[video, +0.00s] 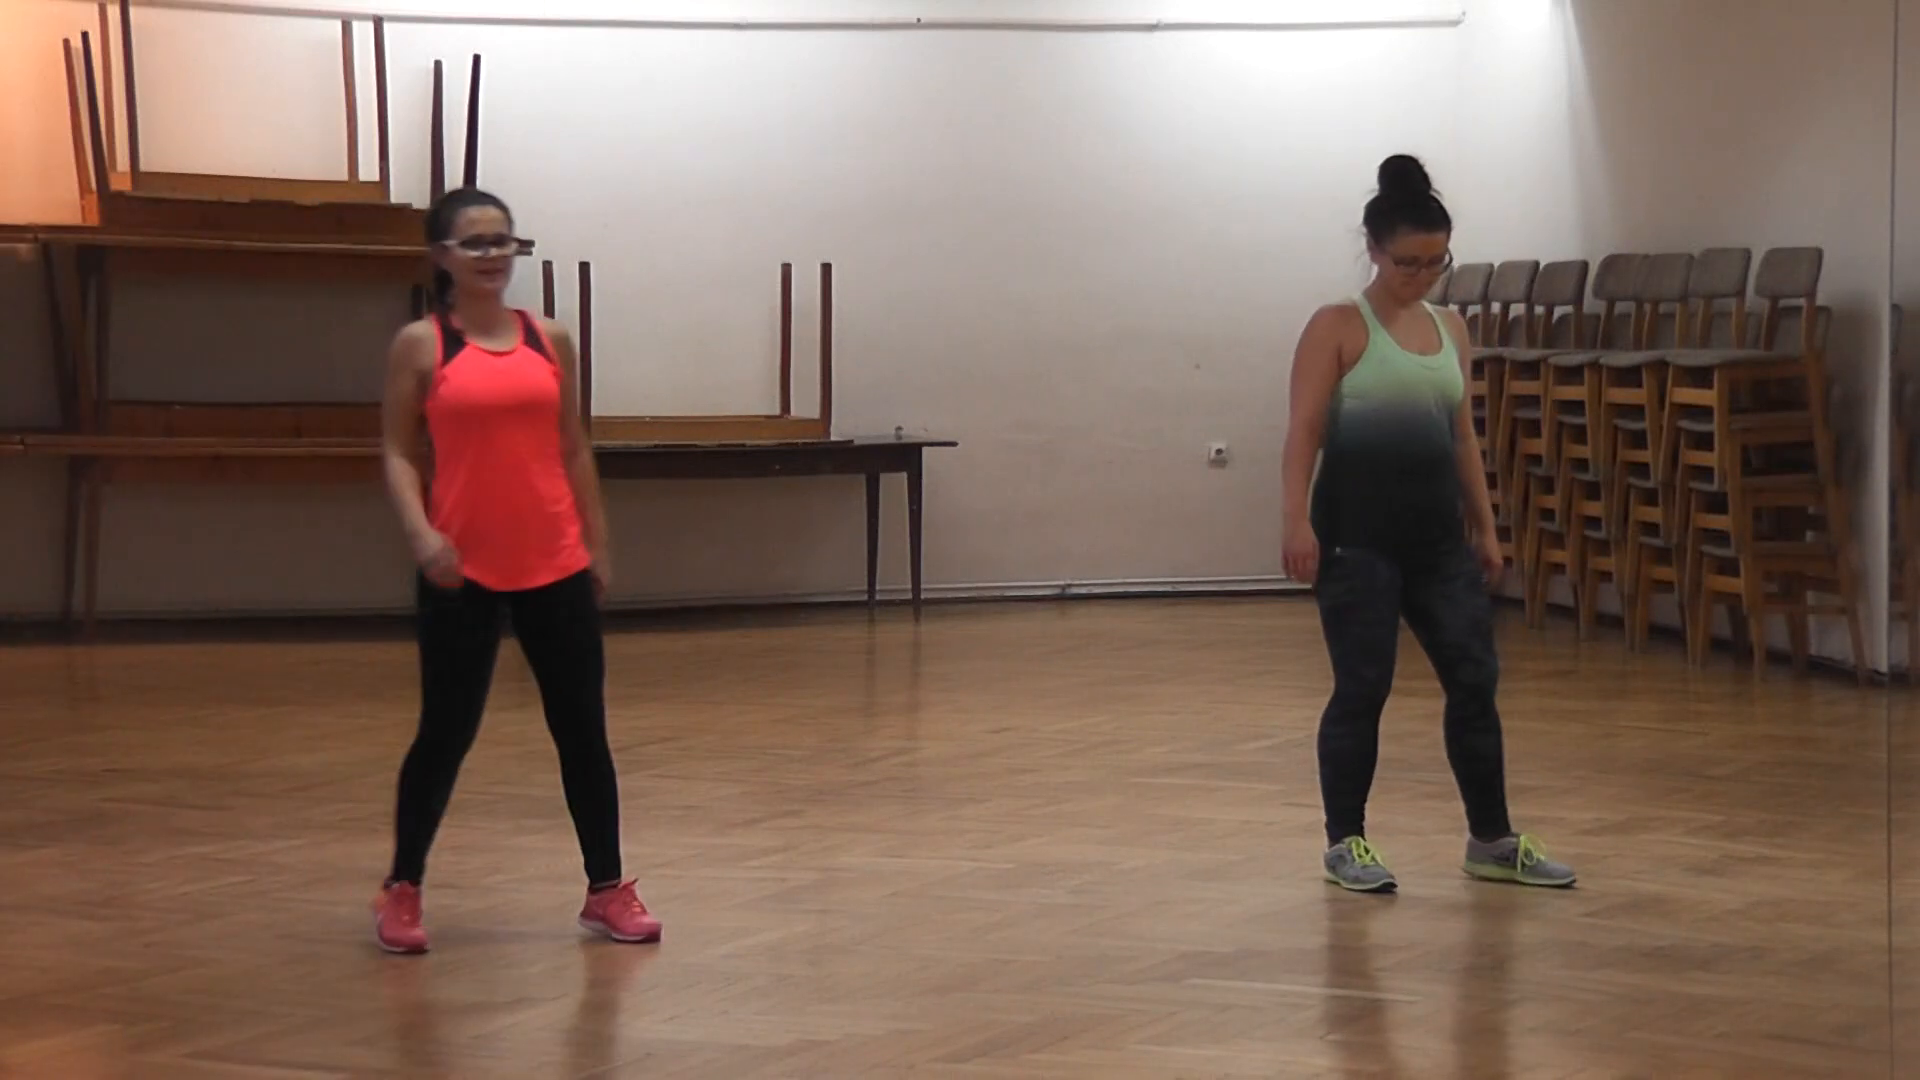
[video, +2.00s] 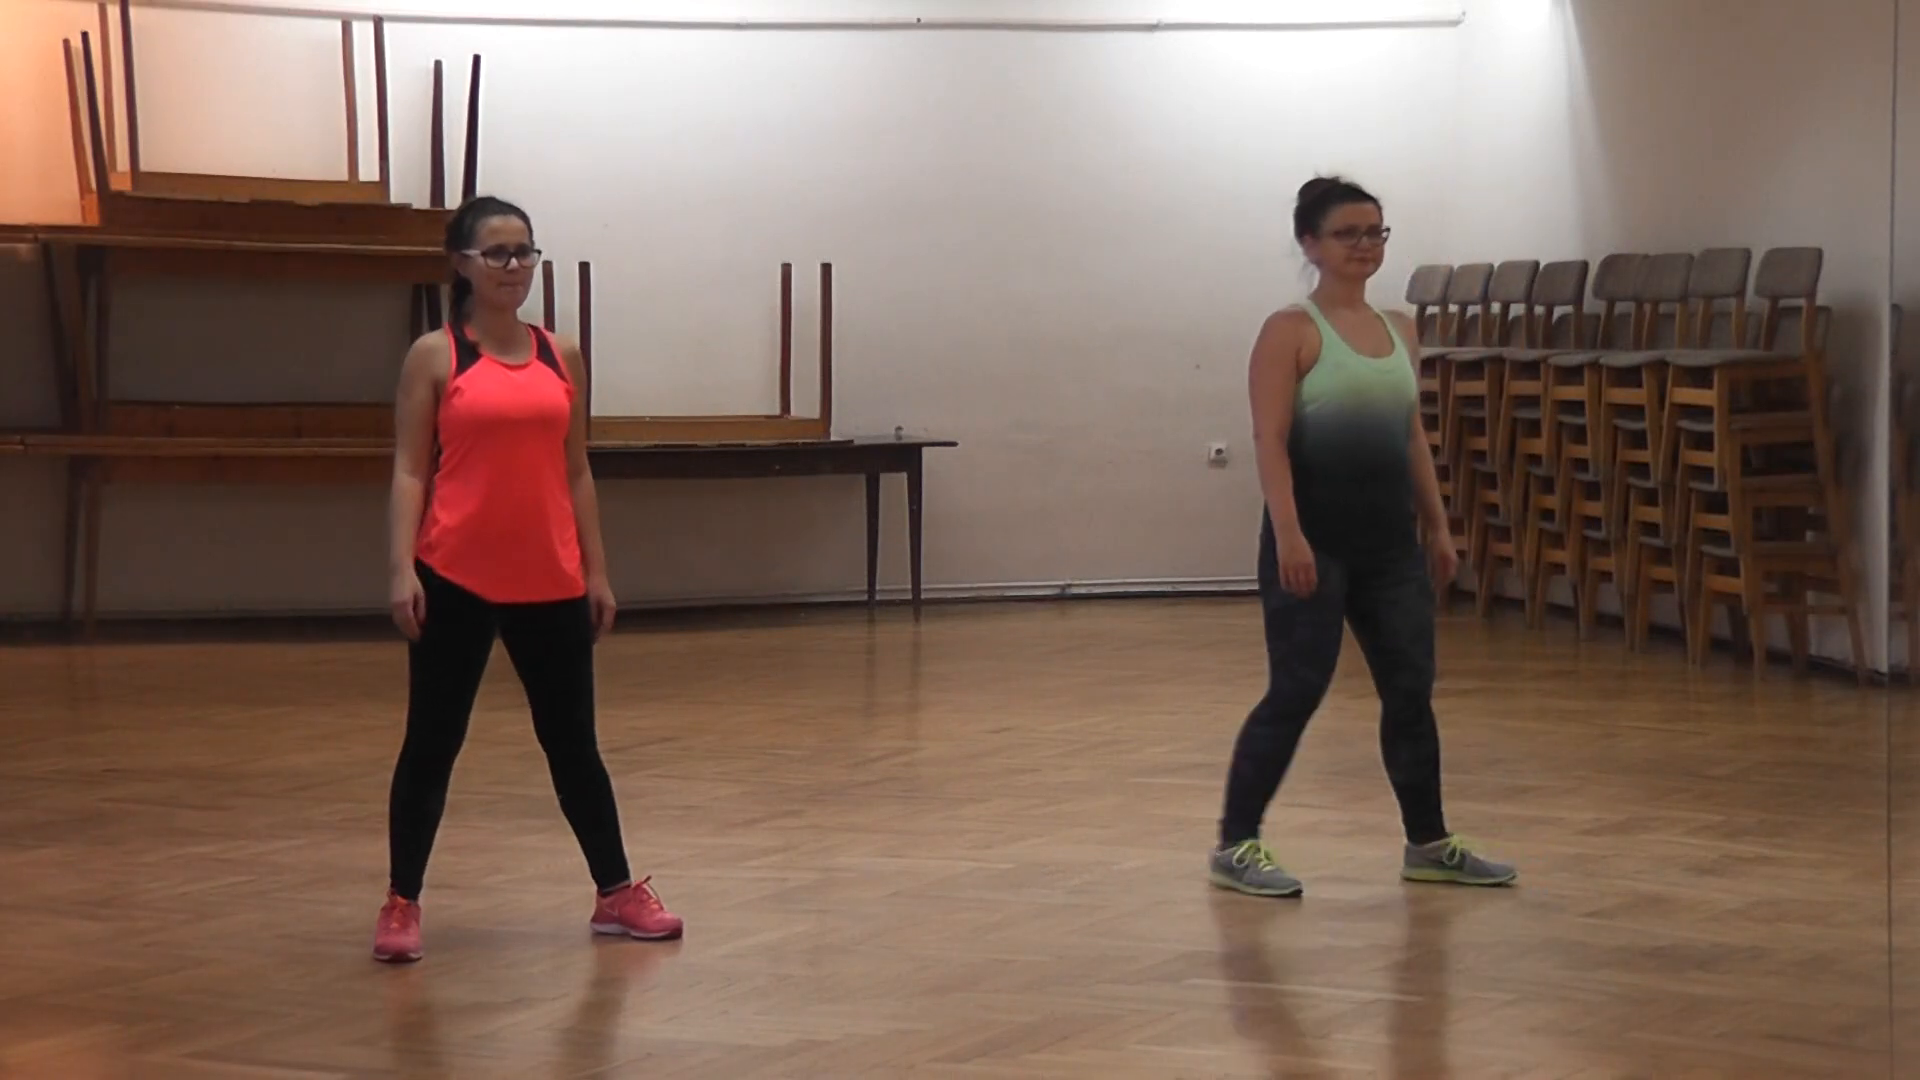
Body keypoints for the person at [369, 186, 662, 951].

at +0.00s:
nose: (494, 253)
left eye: (503, 241)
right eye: (477, 243)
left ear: (518, 249)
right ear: (442, 256)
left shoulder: (551, 340)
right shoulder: (420, 345)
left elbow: (575, 445)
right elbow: (399, 450)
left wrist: (597, 542)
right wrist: (422, 534)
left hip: (557, 568)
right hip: (463, 573)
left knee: (584, 733)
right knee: (445, 734)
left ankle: (609, 890)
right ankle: (403, 890)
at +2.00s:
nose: (513, 265)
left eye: (523, 252)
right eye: (497, 253)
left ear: (535, 262)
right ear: (461, 264)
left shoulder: (559, 353)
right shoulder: (434, 356)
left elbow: (577, 470)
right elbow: (411, 471)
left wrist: (598, 573)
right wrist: (402, 570)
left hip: (550, 579)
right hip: (455, 580)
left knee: (574, 744)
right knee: (430, 745)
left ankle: (618, 891)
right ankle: (402, 903)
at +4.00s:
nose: (530, 259)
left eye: (532, 244)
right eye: (509, 257)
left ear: (547, 251)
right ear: (482, 282)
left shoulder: (590, 357)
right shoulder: (459, 352)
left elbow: (603, 475)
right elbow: (429, 458)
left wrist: (617, 576)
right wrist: (411, 541)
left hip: (569, 582)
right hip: (471, 581)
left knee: (584, 742)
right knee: (443, 745)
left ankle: (620, 890)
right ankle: (403, 904)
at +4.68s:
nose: (546, 266)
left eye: (556, 252)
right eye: (529, 254)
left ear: (572, 260)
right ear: (498, 265)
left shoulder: (603, 354)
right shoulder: (472, 355)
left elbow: (652, 462)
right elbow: (465, 465)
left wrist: (657, 561)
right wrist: (448, 560)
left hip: (597, 576)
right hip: (499, 579)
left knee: (625, 732)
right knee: (470, 729)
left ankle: (660, 880)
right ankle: (512, 884)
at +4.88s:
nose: (498, 277)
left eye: (510, 264)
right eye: (482, 263)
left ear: (525, 268)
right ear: (450, 265)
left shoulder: (552, 361)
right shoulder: (423, 357)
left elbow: (600, 471)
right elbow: (407, 463)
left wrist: (624, 569)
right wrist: (398, 553)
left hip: (557, 580)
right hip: (465, 587)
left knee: (568, 728)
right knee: (480, 746)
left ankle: (630, 852)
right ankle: (536, 894)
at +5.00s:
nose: (458, 269)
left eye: (473, 257)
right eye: (444, 256)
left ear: (489, 262)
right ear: (413, 256)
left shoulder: (513, 351)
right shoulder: (387, 346)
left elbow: (573, 451)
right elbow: (352, 443)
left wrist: (587, 557)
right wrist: (350, 508)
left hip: (524, 552)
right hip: (442, 563)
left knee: (484, 699)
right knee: (478, 721)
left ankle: (526, 872)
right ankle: (528, 882)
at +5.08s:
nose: (432, 275)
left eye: (447, 263)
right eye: (417, 262)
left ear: (465, 271)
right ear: (389, 265)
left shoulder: (487, 361)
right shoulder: (366, 355)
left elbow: (547, 463)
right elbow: (327, 452)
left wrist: (563, 570)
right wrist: (326, 495)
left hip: (501, 562)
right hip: (423, 572)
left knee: (437, 707)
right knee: (493, 731)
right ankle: (543, 892)